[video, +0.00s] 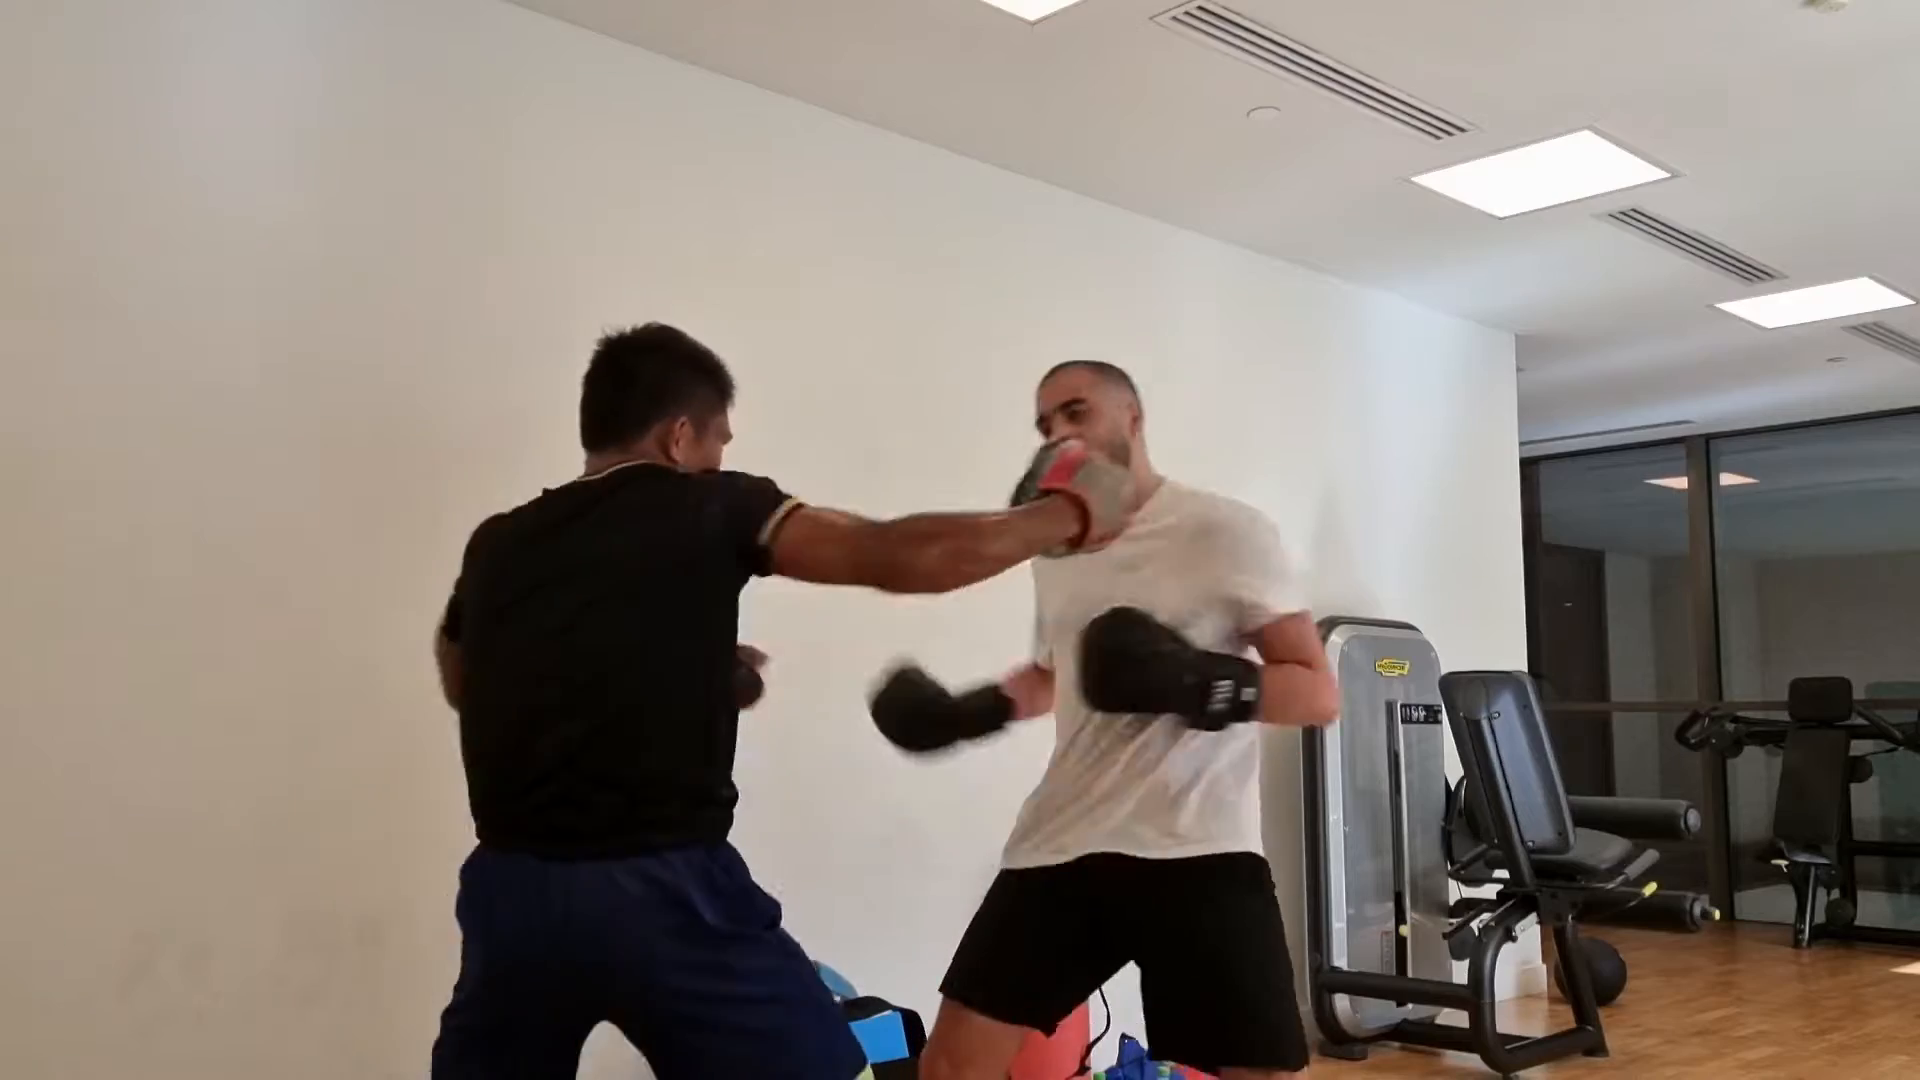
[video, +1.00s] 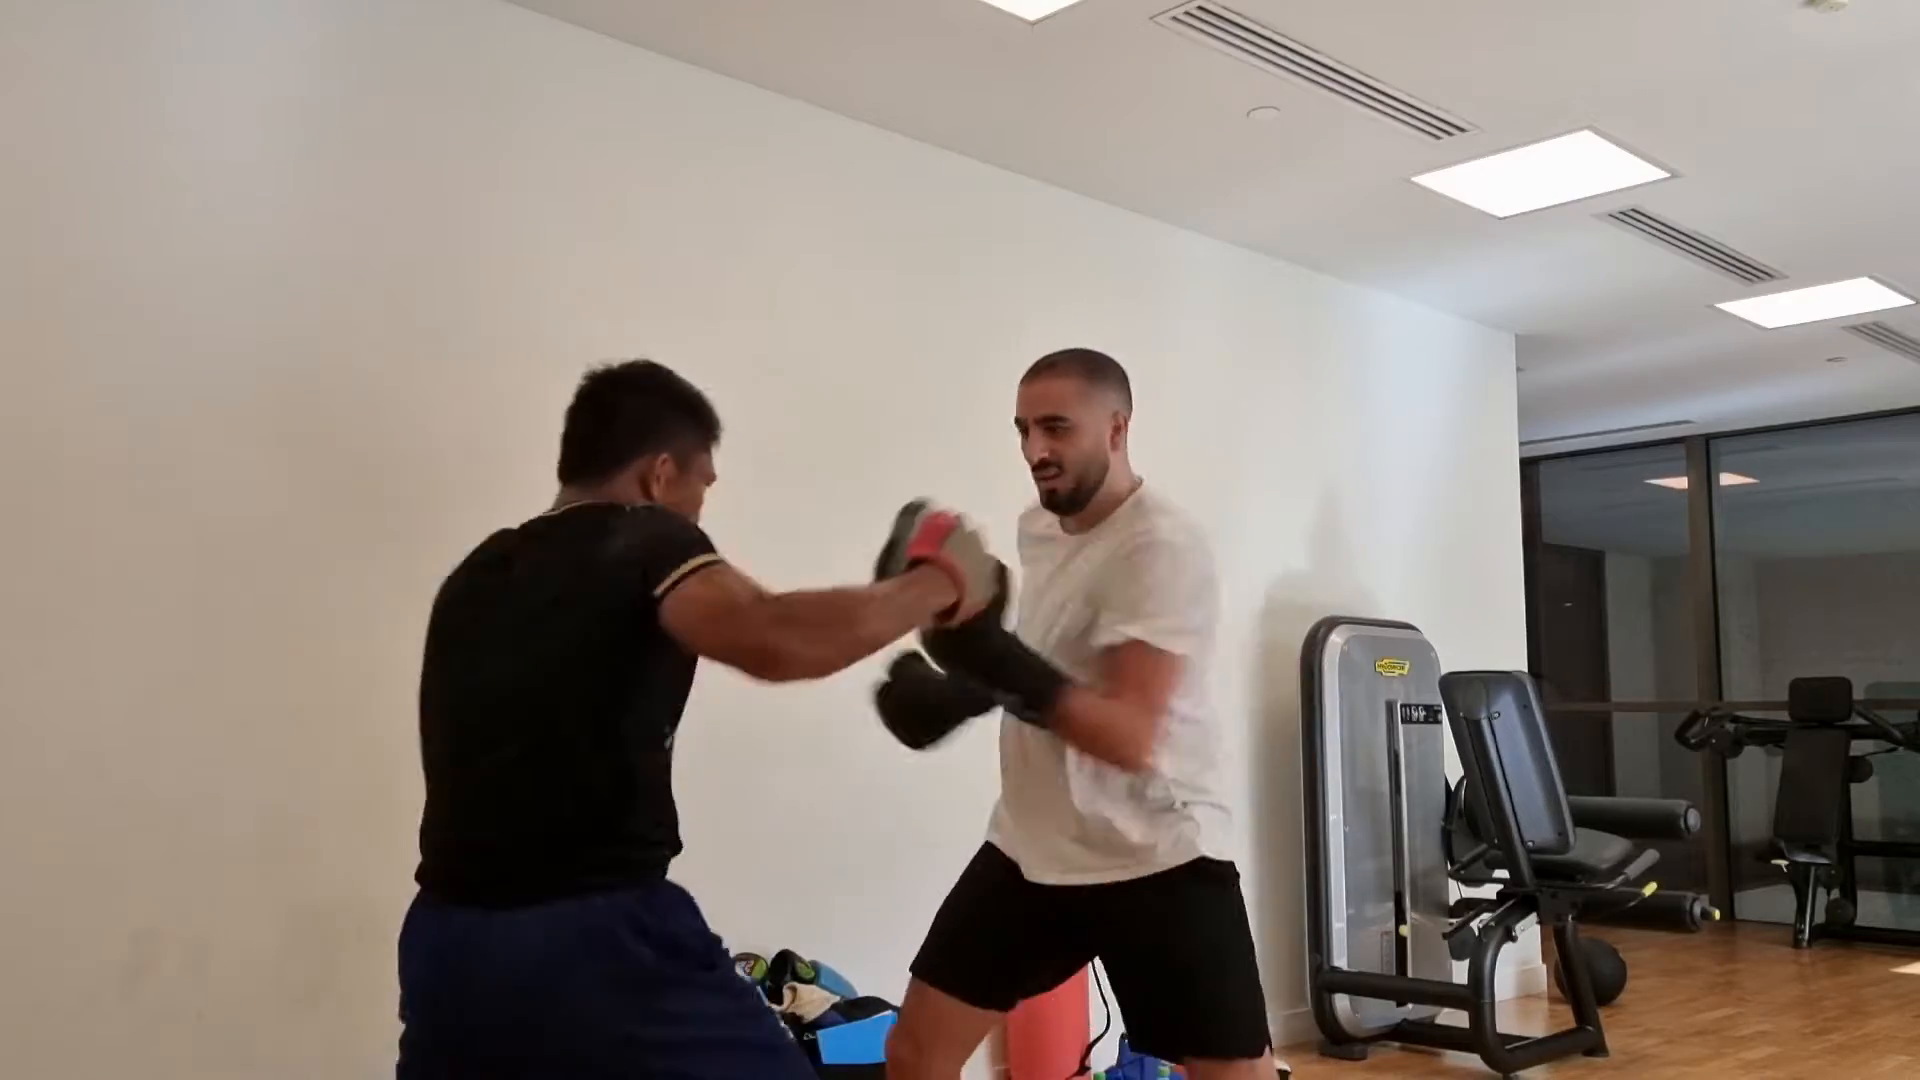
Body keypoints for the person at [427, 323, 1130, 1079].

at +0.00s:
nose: (723, 461)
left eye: (726, 441)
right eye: (722, 440)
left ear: (595, 435)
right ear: (676, 436)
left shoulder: (497, 542)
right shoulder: (710, 503)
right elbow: (898, 557)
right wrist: (1065, 517)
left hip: (511, 911)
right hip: (675, 904)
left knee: (479, 1067)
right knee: (819, 1062)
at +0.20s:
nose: (789, 467)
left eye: (796, 444)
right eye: (791, 440)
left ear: (657, 424)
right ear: (746, 424)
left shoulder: (568, 530)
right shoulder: (746, 512)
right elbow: (856, 661)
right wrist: (976, 580)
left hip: (527, 897)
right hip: (680, 912)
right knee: (807, 1066)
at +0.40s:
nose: (822, 535)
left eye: (828, 511)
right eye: (824, 508)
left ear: (702, 479)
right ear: (781, 498)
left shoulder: (625, 575)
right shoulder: (693, 589)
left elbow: (718, 735)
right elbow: (693, 786)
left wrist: (818, 629)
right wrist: (837, 728)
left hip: (492, 948)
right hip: (596, 967)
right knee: (773, 1063)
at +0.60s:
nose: (690, 583)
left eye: (699, 556)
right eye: (694, 552)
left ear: (563, 527)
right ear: (643, 540)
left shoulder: (456, 618)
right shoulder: (628, 636)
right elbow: (680, 842)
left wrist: (672, 673)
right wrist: (757, 751)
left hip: (353, 1005)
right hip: (508, 1016)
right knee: (692, 1069)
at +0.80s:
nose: (729, 567)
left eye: (739, 538)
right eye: (736, 533)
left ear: (610, 508)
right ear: (691, 517)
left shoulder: (522, 598)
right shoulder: (640, 603)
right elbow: (676, 798)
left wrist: (598, 531)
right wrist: (799, 729)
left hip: (419, 979)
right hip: (548, 993)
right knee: (735, 1066)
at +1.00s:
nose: (700, 514)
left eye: (707, 495)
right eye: (703, 491)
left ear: (575, 464)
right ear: (657, 472)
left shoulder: (470, 577)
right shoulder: (644, 541)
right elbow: (773, 639)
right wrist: (936, 586)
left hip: (452, 952)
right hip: (612, 946)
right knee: (772, 1060)